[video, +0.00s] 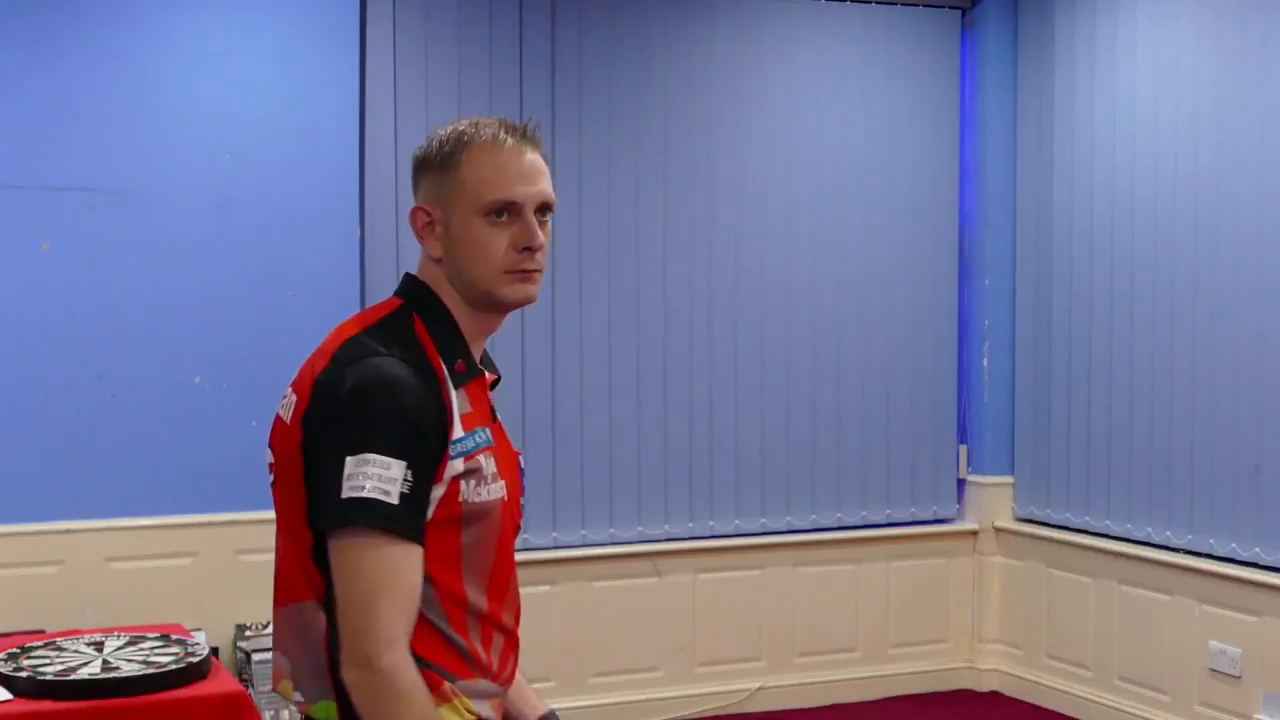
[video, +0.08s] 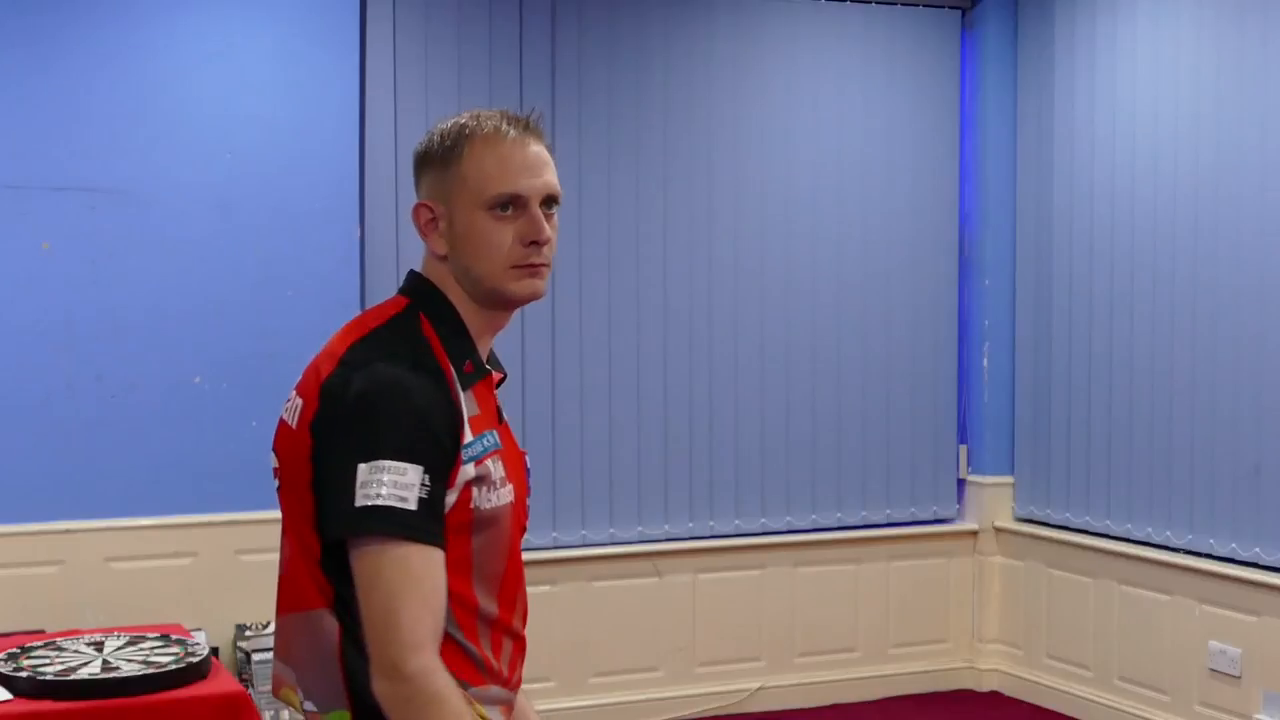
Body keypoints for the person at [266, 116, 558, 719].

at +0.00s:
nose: (533, 237)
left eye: (543, 214)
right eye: (501, 214)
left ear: (554, 219)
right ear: (429, 229)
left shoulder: (460, 373)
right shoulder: (383, 383)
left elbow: (462, 620)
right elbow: (374, 662)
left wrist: (526, 706)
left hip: (478, 696)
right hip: (408, 702)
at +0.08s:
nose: (540, 231)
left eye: (549, 206)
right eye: (505, 207)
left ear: (560, 212)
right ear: (433, 226)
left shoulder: (462, 370)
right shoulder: (391, 384)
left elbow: (472, 627)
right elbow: (403, 674)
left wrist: (507, 700)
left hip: (481, 694)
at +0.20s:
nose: (546, 226)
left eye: (555, 201)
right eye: (510, 203)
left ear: (566, 208)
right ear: (436, 225)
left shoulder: (462, 367)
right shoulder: (402, 382)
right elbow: (434, 672)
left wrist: (501, 699)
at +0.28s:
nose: (533, 226)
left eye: (541, 200)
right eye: (496, 203)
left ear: (553, 206)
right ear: (422, 227)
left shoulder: (447, 367)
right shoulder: (395, 382)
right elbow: (451, 668)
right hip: (393, 706)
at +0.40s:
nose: (500, 226)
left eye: (507, 201)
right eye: (464, 204)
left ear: (518, 209)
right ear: (388, 229)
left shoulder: (408, 373)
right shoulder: (364, 381)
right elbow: (445, 655)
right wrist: (664, 714)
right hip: (376, 706)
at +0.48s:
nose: (477, 227)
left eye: (485, 203)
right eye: (441, 207)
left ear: (499, 211)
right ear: (364, 231)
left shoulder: (380, 374)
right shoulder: (342, 384)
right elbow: (445, 635)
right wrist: (657, 630)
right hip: (351, 712)